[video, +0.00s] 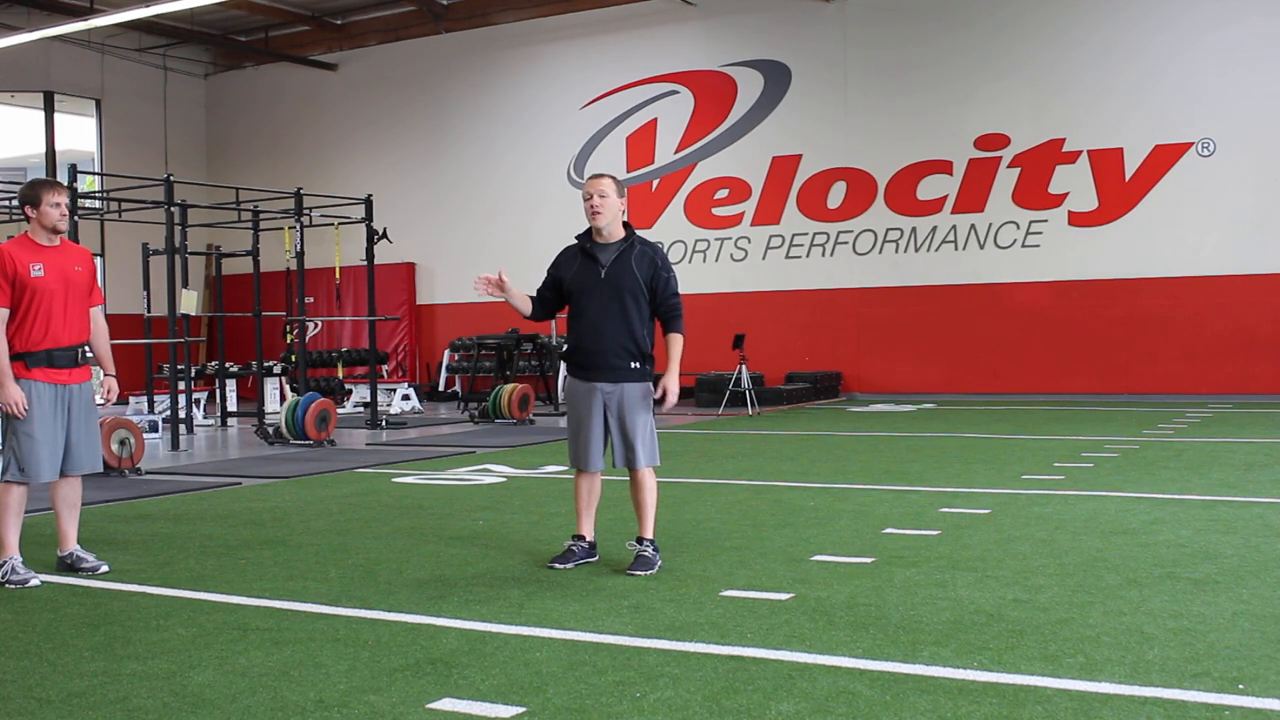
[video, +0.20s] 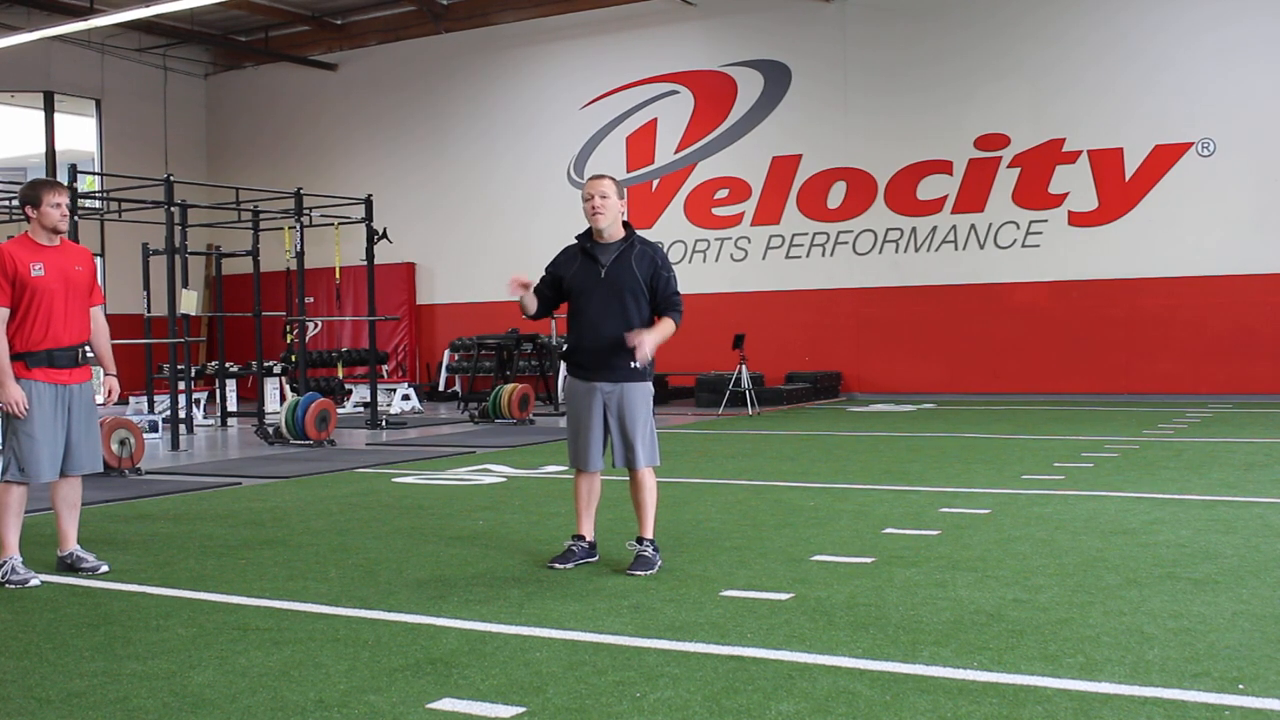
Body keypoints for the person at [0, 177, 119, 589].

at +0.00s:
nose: (64, 211)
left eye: (66, 205)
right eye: (55, 205)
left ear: (68, 211)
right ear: (31, 211)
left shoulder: (83, 257)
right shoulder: (10, 255)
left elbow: (95, 319)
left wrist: (109, 371)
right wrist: (6, 381)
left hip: (76, 377)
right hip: (29, 378)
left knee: (72, 466)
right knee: (18, 473)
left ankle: (69, 551)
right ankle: (10, 559)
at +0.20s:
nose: (65, 212)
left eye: (67, 206)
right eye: (56, 205)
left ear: (68, 211)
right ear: (31, 211)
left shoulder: (83, 256)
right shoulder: (10, 255)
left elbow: (96, 318)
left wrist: (110, 370)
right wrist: (6, 381)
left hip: (77, 376)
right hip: (29, 378)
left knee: (72, 466)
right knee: (18, 473)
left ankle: (69, 551)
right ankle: (9, 559)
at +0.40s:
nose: (65, 212)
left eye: (68, 206)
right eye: (56, 206)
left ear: (69, 211)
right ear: (32, 211)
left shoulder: (83, 257)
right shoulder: (11, 254)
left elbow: (96, 318)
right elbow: (0, 325)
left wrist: (111, 370)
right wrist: (6, 381)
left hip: (76, 377)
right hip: (29, 378)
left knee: (72, 466)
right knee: (18, 473)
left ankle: (69, 551)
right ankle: (10, 559)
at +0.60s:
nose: (66, 212)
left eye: (68, 206)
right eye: (57, 206)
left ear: (69, 211)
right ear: (33, 211)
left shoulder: (84, 257)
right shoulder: (11, 254)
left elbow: (96, 318)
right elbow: (0, 326)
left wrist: (111, 370)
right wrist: (7, 381)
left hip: (76, 376)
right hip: (29, 378)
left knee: (72, 466)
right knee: (18, 473)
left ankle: (69, 551)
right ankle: (10, 559)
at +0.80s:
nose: (66, 212)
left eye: (69, 206)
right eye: (57, 206)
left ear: (70, 211)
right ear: (33, 211)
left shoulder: (84, 257)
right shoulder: (11, 254)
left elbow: (97, 319)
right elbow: (0, 325)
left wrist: (110, 371)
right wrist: (7, 381)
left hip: (77, 377)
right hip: (30, 378)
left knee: (72, 466)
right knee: (18, 473)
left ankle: (69, 551)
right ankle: (9, 559)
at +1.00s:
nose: (66, 213)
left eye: (68, 206)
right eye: (57, 206)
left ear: (69, 211)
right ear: (33, 211)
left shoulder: (84, 257)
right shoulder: (11, 255)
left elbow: (96, 319)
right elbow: (0, 326)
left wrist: (110, 371)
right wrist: (6, 381)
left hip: (77, 376)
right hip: (29, 378)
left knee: (72, 466)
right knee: (18, 473)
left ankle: (69, 551)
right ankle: (10, 560)